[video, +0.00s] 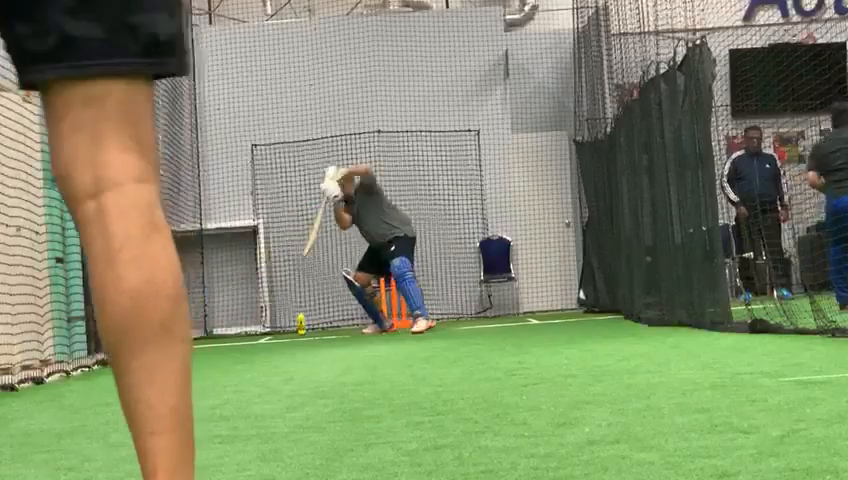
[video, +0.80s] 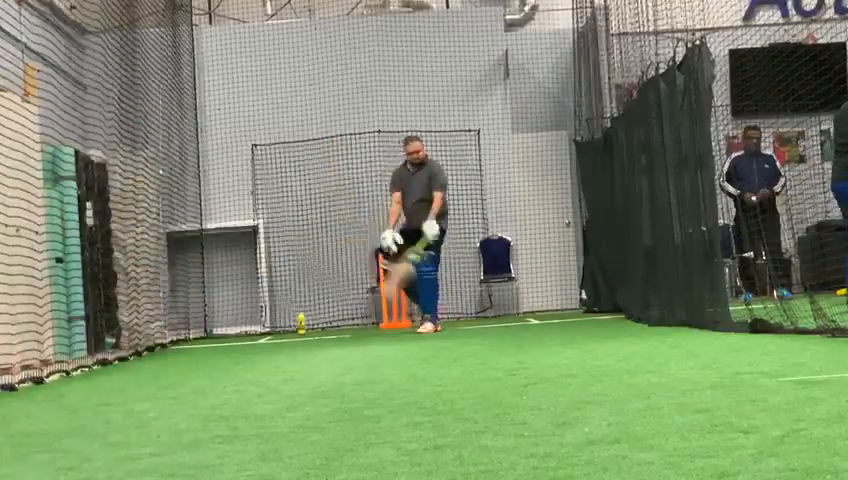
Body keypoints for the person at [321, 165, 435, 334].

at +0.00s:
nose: (342, 187)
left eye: (344, 182)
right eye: (339, 184)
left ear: (352, 181)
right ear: (338, 188)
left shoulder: (367, 191)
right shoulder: (349, 206)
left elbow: (366, 170)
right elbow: (344, 224)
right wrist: (336, 200)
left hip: (400, 235)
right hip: (379, 244)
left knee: (400, 268)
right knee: (358, 281)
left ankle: (421, 317)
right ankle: (381, 323)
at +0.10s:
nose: (349, 181)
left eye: (350, 177)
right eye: (345, 180)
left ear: (357, 177)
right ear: (343, 184)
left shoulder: (372, 186)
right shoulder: (350, 202)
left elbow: (387, 172)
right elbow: (343, 219)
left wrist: (365, 169)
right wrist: (346, 195)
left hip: (400, 234)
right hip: (379, 242)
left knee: (399, 269)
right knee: (360, 280)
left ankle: (425, 318)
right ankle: (381, 323)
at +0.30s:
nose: (363, 182)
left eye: (365, 177)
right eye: (359, 180)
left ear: (372, 175)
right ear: (357, 182)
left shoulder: (386, 185)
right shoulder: (361, 197)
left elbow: (405, 191)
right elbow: (347, 209)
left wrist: (384, 181)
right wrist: (352, 185)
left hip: (407, 236)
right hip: (385, 242)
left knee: (402, 269)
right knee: (363, 281)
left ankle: (426, 319)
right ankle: (381, 323)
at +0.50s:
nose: (373, 174)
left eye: (375, 170)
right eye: (371, 171)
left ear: (387, 166)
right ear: (371, 171)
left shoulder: (405, 181)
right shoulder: (378, 187)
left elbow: (409, 202)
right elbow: (368, 214)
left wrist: (382, 199)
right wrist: (364, 197)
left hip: (419, 234)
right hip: (398, 239)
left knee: (406, 265)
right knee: (376, 267)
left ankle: (428, 321)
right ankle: (382, 321)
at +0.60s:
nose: (387, 165)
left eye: (390, 161)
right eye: (385, 162)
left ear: (400, 158)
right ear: (382, 163)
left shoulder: (415, 176)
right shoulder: (385, 184)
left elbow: (419, 202)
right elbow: (379, 205)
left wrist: (397, 212)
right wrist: (373, 211)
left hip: (424, 229)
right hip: (403, 233)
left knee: (412, 265)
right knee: (385, 267)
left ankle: (428, 321)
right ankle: (384, 318)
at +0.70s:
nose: (401, 159)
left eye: (404, 155)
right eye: (397, 157)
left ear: (412, 151)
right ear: (393, 157)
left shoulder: (425, 171)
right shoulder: (393, 177)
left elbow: (431, 199)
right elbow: (389, 201)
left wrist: (416, 217)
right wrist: (387, 221)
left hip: (428, 226)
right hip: (406, 227)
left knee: (419, 263)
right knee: (388, 265)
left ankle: (428, 320)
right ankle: (403, 316)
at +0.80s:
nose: (416, 156)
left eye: (418, 152)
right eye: (411, 153)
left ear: (424, 149)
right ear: (405, 153)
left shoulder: (434, 169)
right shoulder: (399, 173)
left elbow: (438, 197)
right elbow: (396, 203)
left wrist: (431, 218)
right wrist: (390, 228)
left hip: (433, 227)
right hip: (410, 227)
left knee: (426, 269)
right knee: (400, 271)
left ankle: (430, 318)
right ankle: (426, 308)